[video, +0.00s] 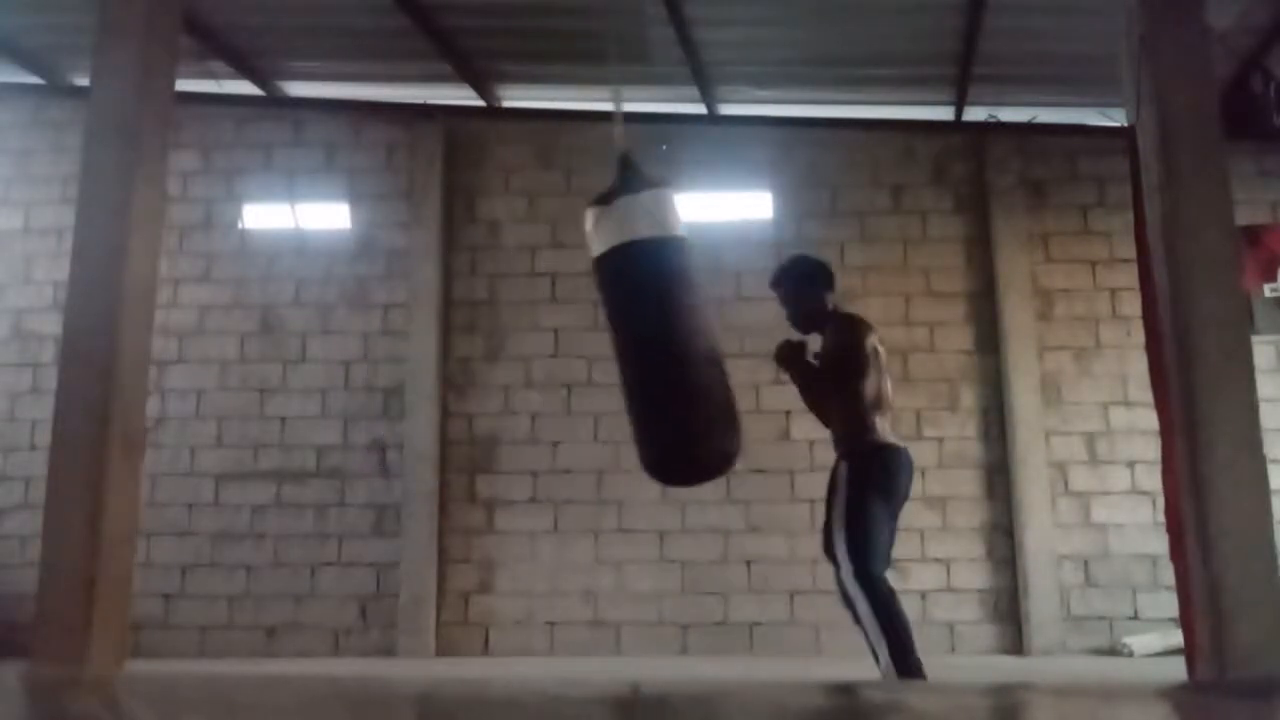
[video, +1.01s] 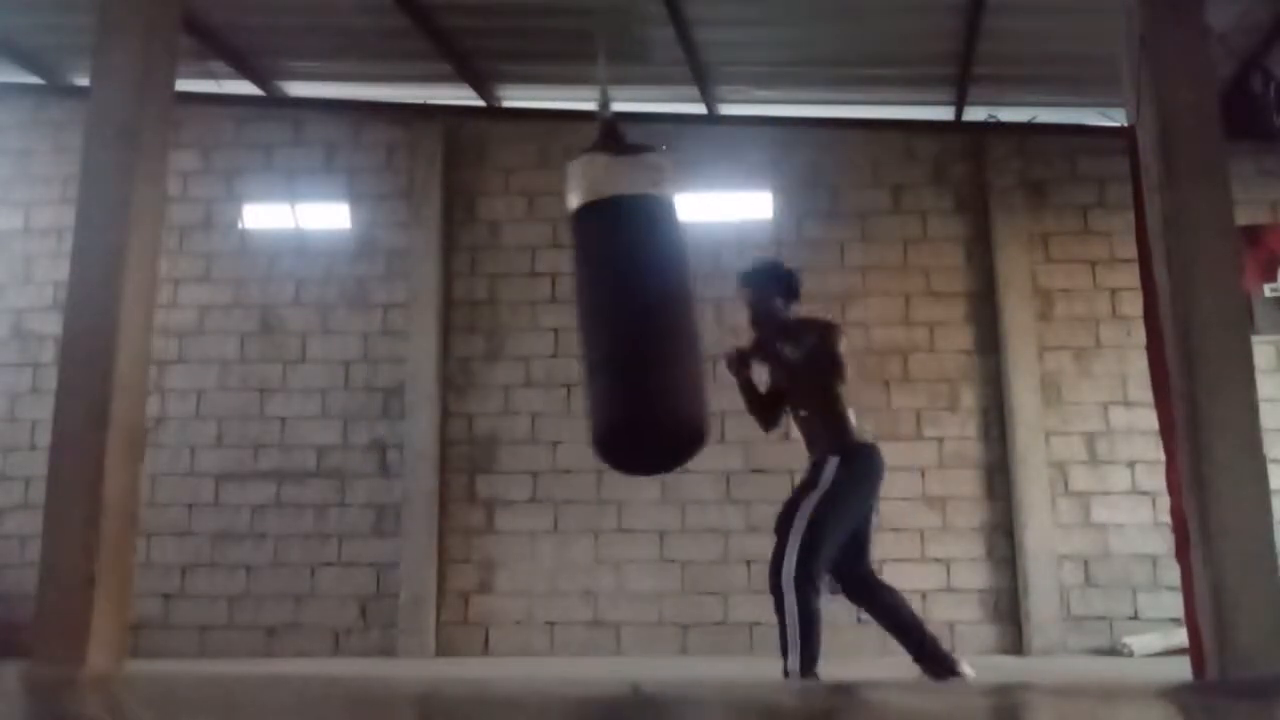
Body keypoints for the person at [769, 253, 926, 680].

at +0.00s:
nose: (785, 313)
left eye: (789, 301)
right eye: (782, 302)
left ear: (815, 294)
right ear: (820, 297)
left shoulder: (845, 331)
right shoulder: (852, 335)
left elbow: (837, 411)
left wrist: (797, 366)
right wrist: (806, 371)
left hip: (867, 463)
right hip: (885, 461)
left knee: (856, 573)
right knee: (867, 572)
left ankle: (905, 683)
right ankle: (907, 680)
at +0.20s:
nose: (796, 295)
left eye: (800, 283)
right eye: (792, 285)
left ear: (824, 279)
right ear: (819, 283)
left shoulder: (861, 311)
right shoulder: (828, 327)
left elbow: (877, 363)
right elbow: (821, 397)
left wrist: (823, 346)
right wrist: (805, 353)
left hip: (879, 439)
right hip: (900, 439)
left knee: (851, 548)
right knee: (885, 557)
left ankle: (908, 661)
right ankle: (917, 661)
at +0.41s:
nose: (806, 318)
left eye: (810, 308)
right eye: (803, 309)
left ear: (834, 308)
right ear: (825, 310)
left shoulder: (869, 340)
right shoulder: (845, 356)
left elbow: (882, 396)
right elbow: (829, 424)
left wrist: (823, 356)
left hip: (892, 472)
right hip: (907, 472)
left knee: (847, 579)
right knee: (884, 585)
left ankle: (918, 669)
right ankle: (933, 670)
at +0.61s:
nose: (795, 288)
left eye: (800, 279)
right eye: (792, 280)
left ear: (823, 277)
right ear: (814, 281)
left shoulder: (854, 310)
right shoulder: (831, 327)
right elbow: (822, 393)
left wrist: (806, 333)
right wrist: (793, 346)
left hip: (879, 437)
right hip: (891, 437)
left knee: (843, 544)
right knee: (892, 553)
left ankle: (894, 657)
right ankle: (939, 663)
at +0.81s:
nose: (781, 308)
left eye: (787, 298)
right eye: (779, 299)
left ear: (811, 299)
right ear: (794, 303)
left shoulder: (849, 336)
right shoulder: (806, 351)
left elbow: (876, 399)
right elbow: (790, 417)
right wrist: (775, 368)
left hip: (874, 465)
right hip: (867, 467)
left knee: (846, 569)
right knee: (893, 580)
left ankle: (824, 675)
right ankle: (958, 673)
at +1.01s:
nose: (749, 310)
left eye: (755, 300)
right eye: (747, 301)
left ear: (778, 299)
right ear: (761, 302)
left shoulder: (814, 332)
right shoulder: (773, 350)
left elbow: (828, 375)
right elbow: (767, 416)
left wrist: (774, 348)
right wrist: (742, 377)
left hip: (842, 464)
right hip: (850, 464)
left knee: (791, 570)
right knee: (854, 576)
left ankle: (800, 685)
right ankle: (945, 670)